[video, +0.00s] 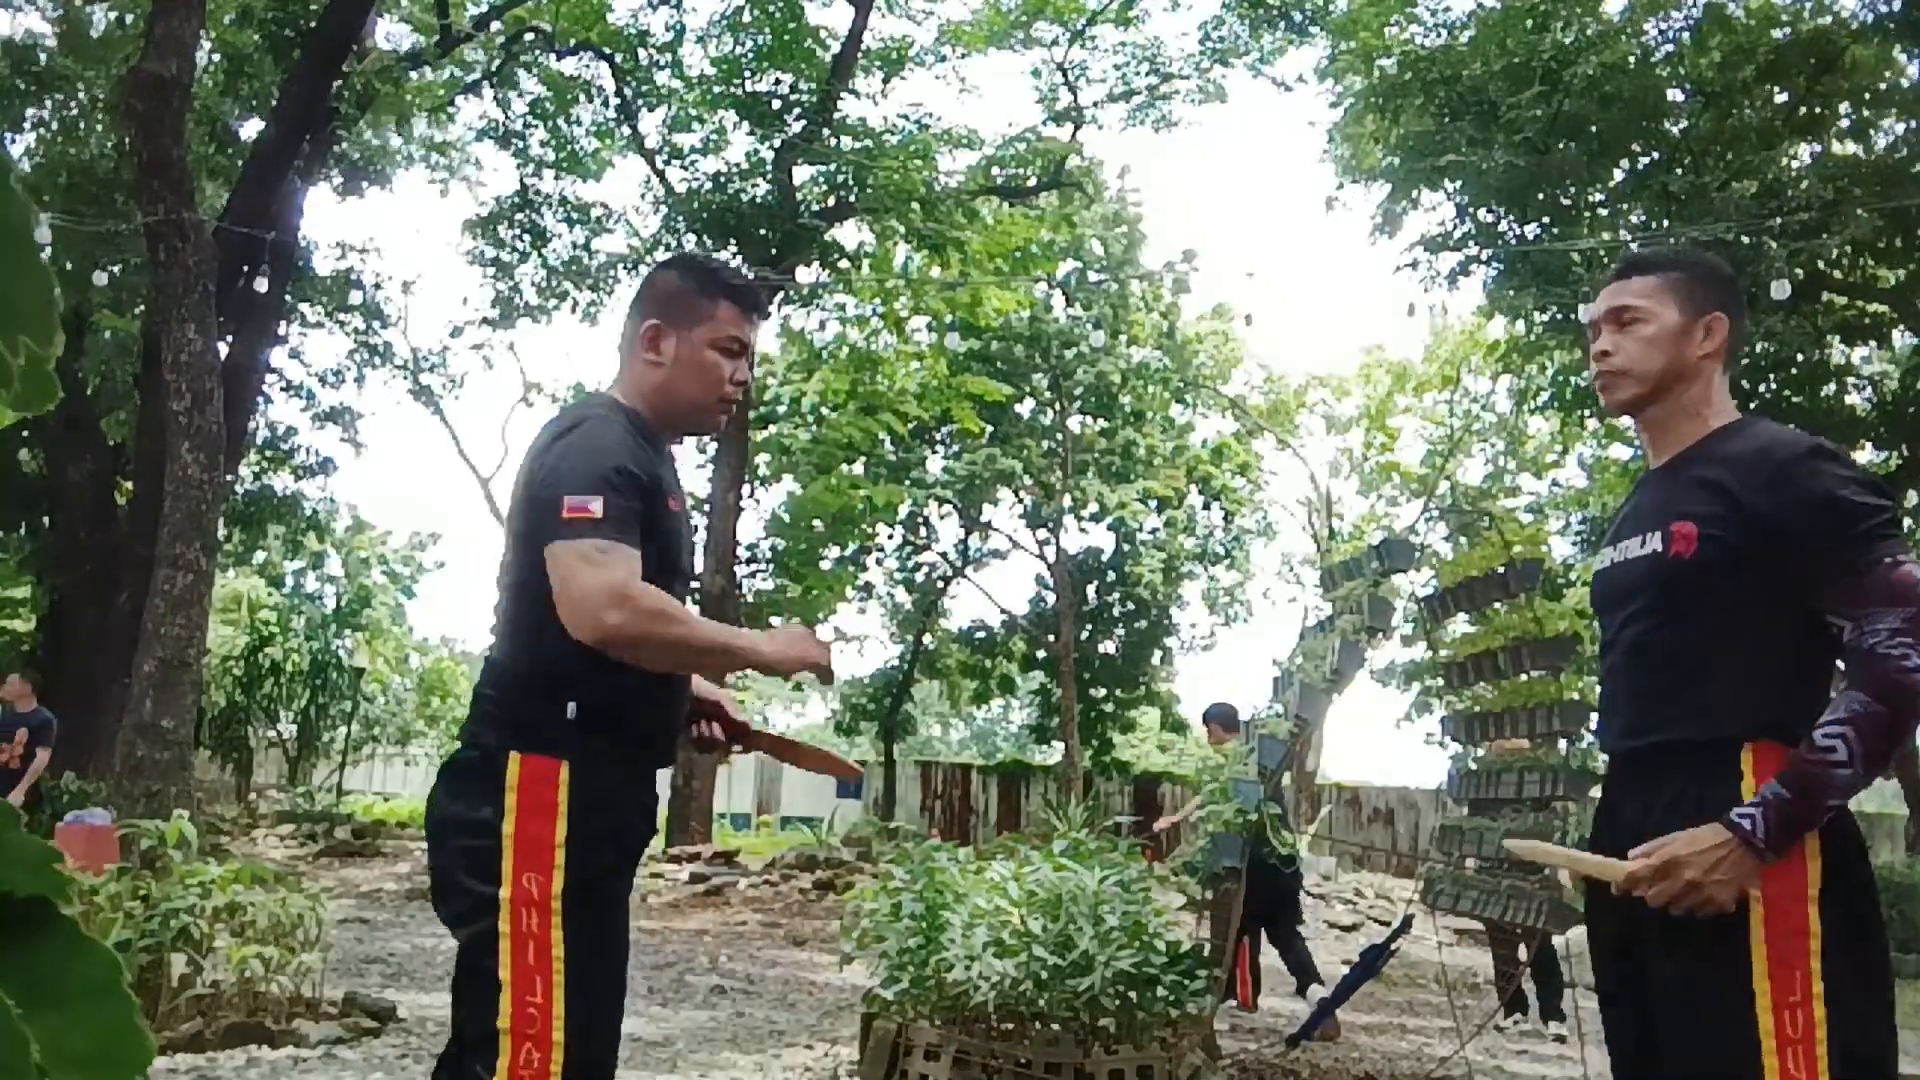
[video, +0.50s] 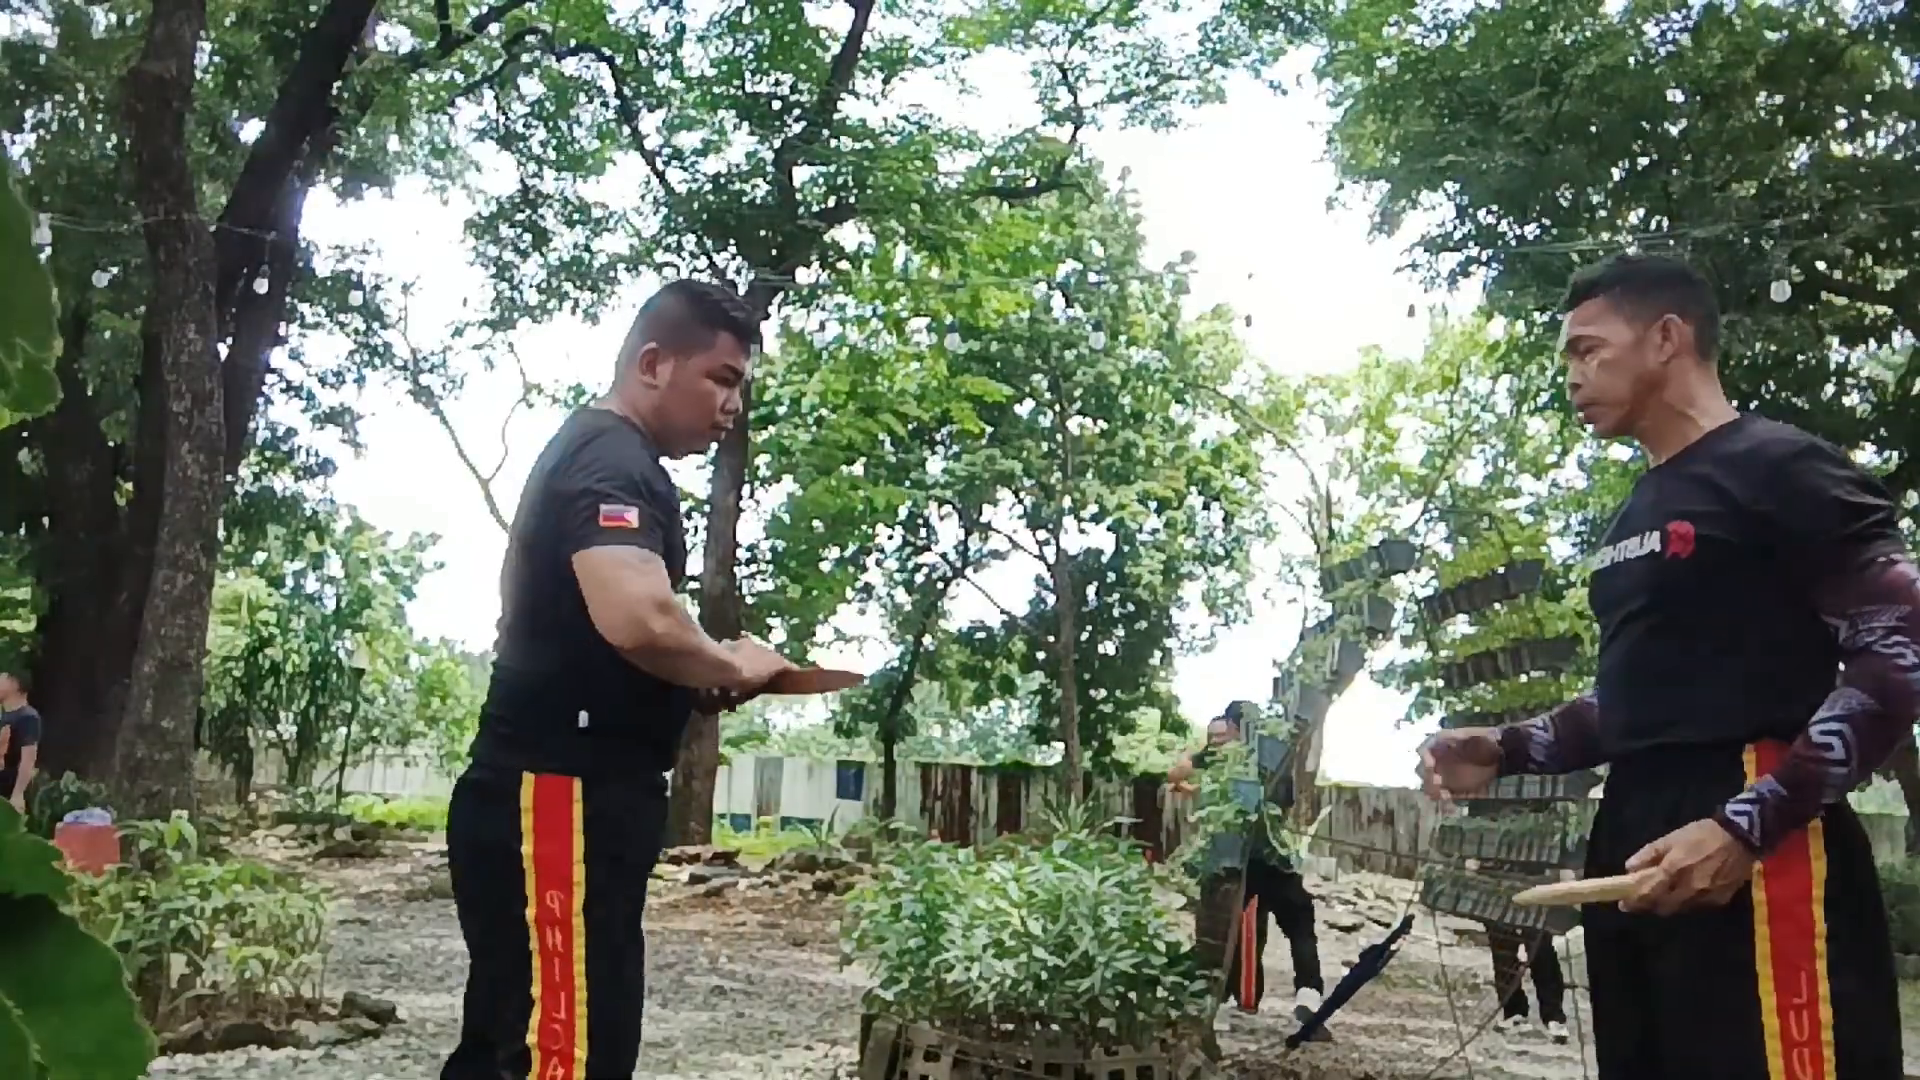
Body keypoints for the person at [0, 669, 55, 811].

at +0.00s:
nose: (5, 687)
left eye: (11, 684)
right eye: (6, 683)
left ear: (29, 689)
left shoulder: (45, 720)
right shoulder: (6, 715)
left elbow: (42, 758)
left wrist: (19, 791)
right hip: (4, 786)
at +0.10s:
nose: (8, 687)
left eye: (13, 683)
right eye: (10, 683)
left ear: (29, 689)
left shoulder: (45, 719)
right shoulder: (11, 715)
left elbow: (43, 760)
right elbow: (6, 748)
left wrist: (18, 793)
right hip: (6, 784)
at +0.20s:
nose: (7, 687)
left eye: (12, 683)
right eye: (8, 683)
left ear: (29, 689)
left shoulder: (44, 720)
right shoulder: (11, 714)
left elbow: (39, 761)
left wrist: (20, 795)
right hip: (6, 784)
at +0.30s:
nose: (4, 686)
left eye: (10, 682)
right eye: (6, 681)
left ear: (26, 688)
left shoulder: (40, 718)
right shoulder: (13, 714)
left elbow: (36, 759)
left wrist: (21, 796)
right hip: (6, 786)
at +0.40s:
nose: (1, 685)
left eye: (7, 681)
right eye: (3, 681)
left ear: (21, 687)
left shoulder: (34, 719)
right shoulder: (9, 717)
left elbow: (32, 764)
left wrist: (20, 797)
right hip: (5, 789)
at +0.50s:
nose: (0, 682)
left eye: (5, 677)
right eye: (2, 677)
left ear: (17, 684)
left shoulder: (28, 718)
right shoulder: (4, 714)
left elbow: (28, 760)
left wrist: (18, 793)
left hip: (8, 789)